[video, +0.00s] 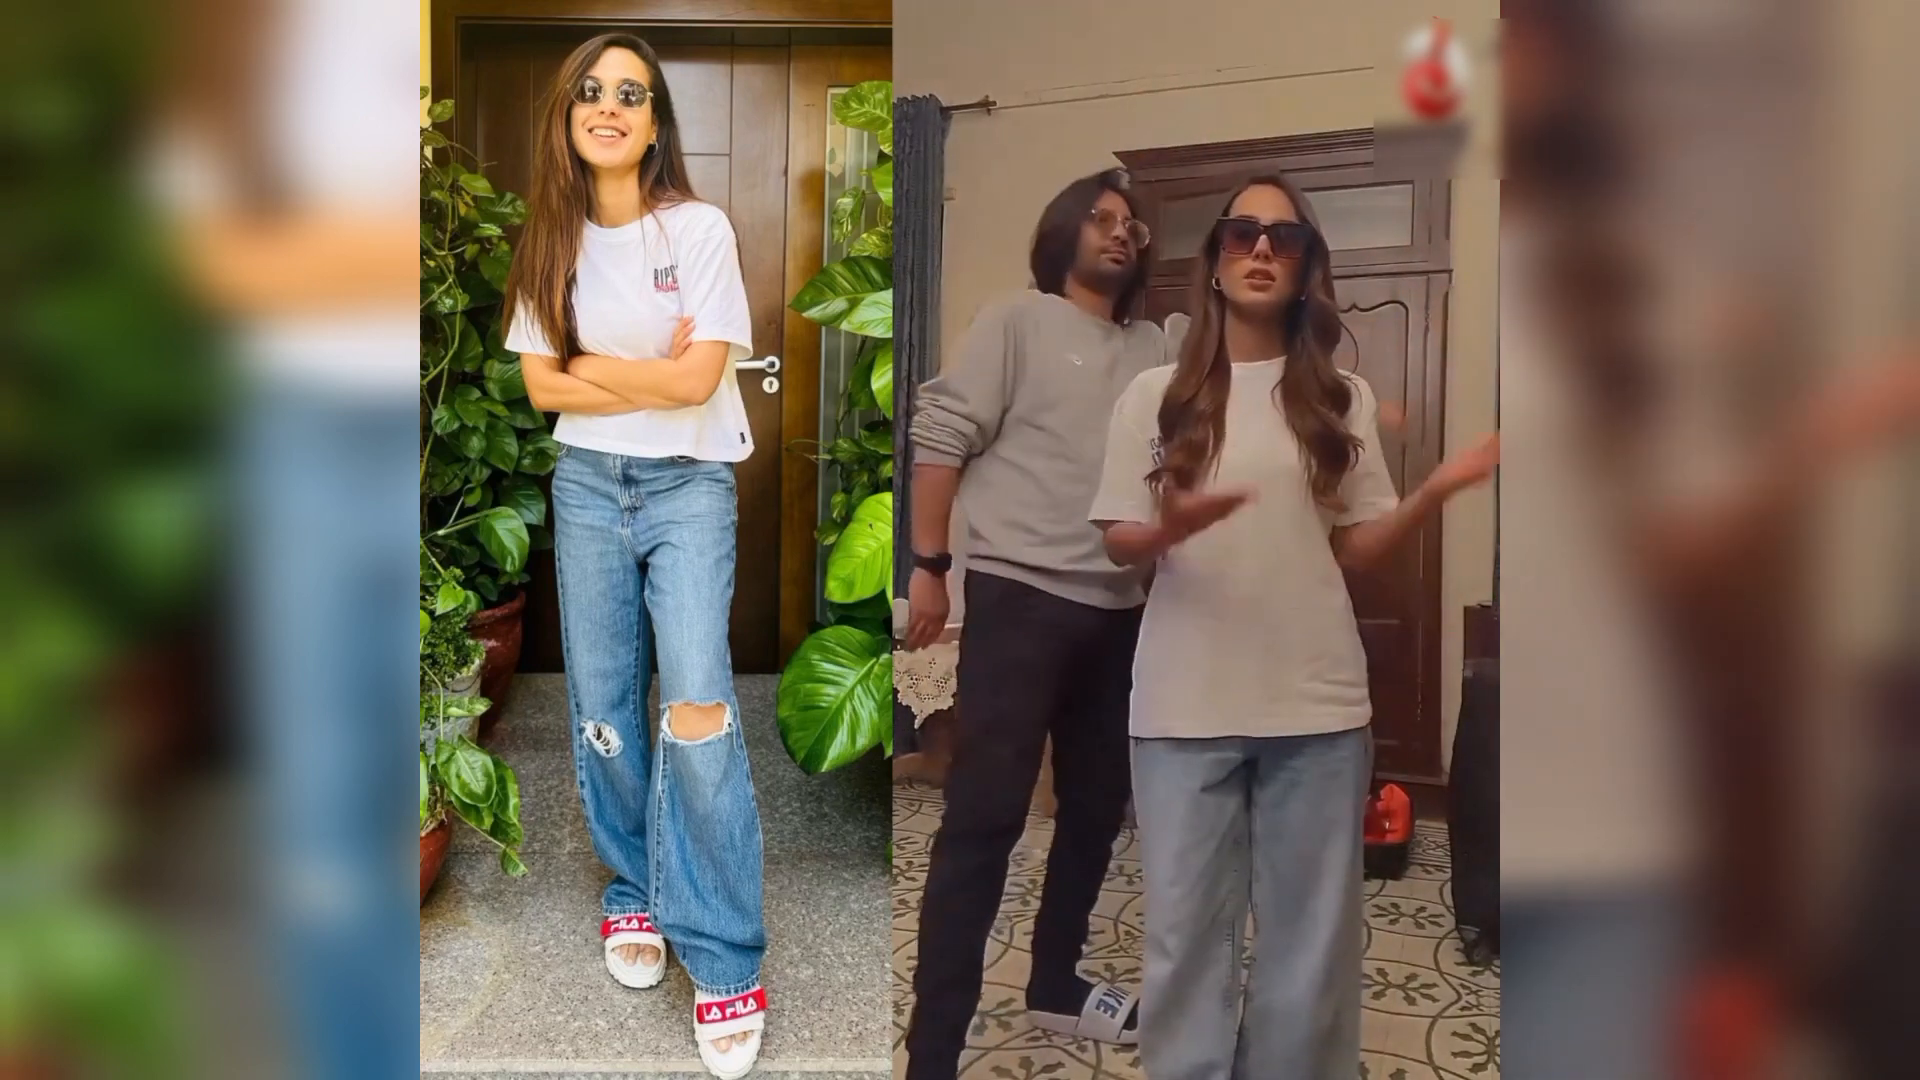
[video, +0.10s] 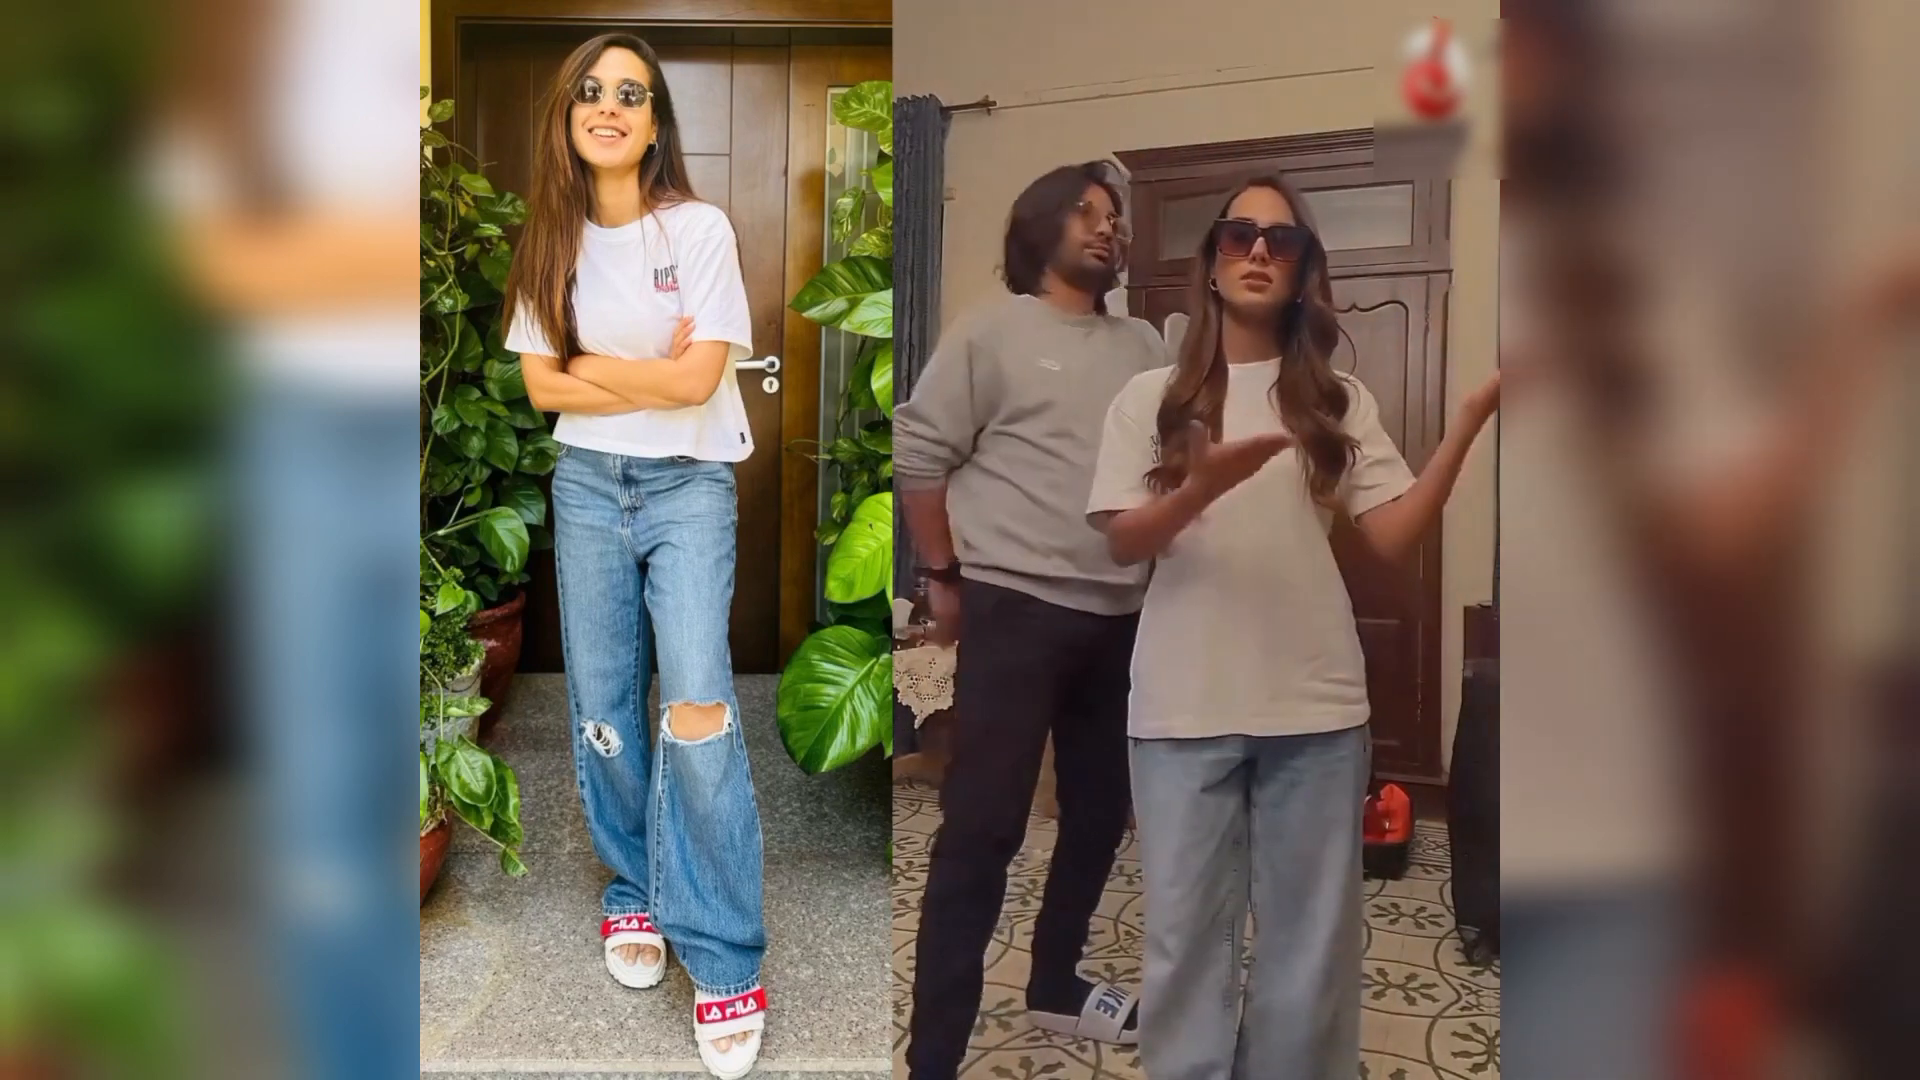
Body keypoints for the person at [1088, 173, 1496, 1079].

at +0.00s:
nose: (1262, 248)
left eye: (1283, 237)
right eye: (1243, 234)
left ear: (1308, 264)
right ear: (1213, 256)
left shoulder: (1342, 393)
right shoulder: (1154, 395)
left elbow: (1354, 549)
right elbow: (1120, 544)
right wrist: (1167, 526)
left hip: (1317, 707)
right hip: (1184, 710)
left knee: (1310, 952)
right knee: (1182, 944)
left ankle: (1292, 1077)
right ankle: (1186, 1072)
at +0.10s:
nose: (1259, 251)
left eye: (1281, 240)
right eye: (1240, 236)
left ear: (1305, 267)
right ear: (1210, 258)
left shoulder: (1336, 394)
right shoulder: (1150, 395)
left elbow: (1390, 534)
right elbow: (1123, 542)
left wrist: (1467, 422)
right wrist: (1200, 487)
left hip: (1317, 708)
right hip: (1182, 711)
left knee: (1311, 954)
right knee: (1182, 946)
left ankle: (1293, 1076)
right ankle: (1185, 1070)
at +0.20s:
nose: (1256, 250)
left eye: (1278, 239)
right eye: (1238, 234)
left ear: (1303, 266)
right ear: (1208, 258)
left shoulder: (1335, 394)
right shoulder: (1148, 396)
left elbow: (1409, 522)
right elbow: (1127, 543)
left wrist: (1475, 406)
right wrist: (1214, 465)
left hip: (1315, 709)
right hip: (1180, 712)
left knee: (1310, 953)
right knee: (1182, 947)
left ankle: (1294, 1077)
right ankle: (1185, 1071)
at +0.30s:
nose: (1258, 249)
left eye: (1279, 238)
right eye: (1239, 234)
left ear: (1304, 266)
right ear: (1208, 258)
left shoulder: (1337, 394)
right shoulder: (1148, 396)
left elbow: (1407, 524)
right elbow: (1119, 541)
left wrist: (1484, 416)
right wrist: (1209, 477)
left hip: (1316, 710)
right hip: (1181, 713)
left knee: (1310, 951)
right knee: (1182, 945)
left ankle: (1294, 1077)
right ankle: (1185, 1072)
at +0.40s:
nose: (1258, 249)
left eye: (1279, 237)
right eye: (1239, 235)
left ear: (1305, 263)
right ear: (1210, 258)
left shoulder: (1340, 396)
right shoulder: (1153, 396)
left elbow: (1371, 540)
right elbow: (1126, 537)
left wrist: (1454, 541)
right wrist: (1185, 582)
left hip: (1317, 709)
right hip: (1184, 710)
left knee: (1311, 945)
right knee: (1183, 940)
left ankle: (1295, 1074)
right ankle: (1185, 1071)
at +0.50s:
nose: (1258, 253)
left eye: (1280, 240)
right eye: (1237, 239)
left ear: (1306, 266)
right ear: (1212, 265)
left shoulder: (1344, 400)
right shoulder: (1159, 400)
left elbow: (1363, 557)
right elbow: (1143, 557)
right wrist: (1147, 699)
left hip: (1323, 724)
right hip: (1189, 724)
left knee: (1312, 961)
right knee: (1183, 957)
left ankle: (1297, 1073)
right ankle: (1188, 1068)